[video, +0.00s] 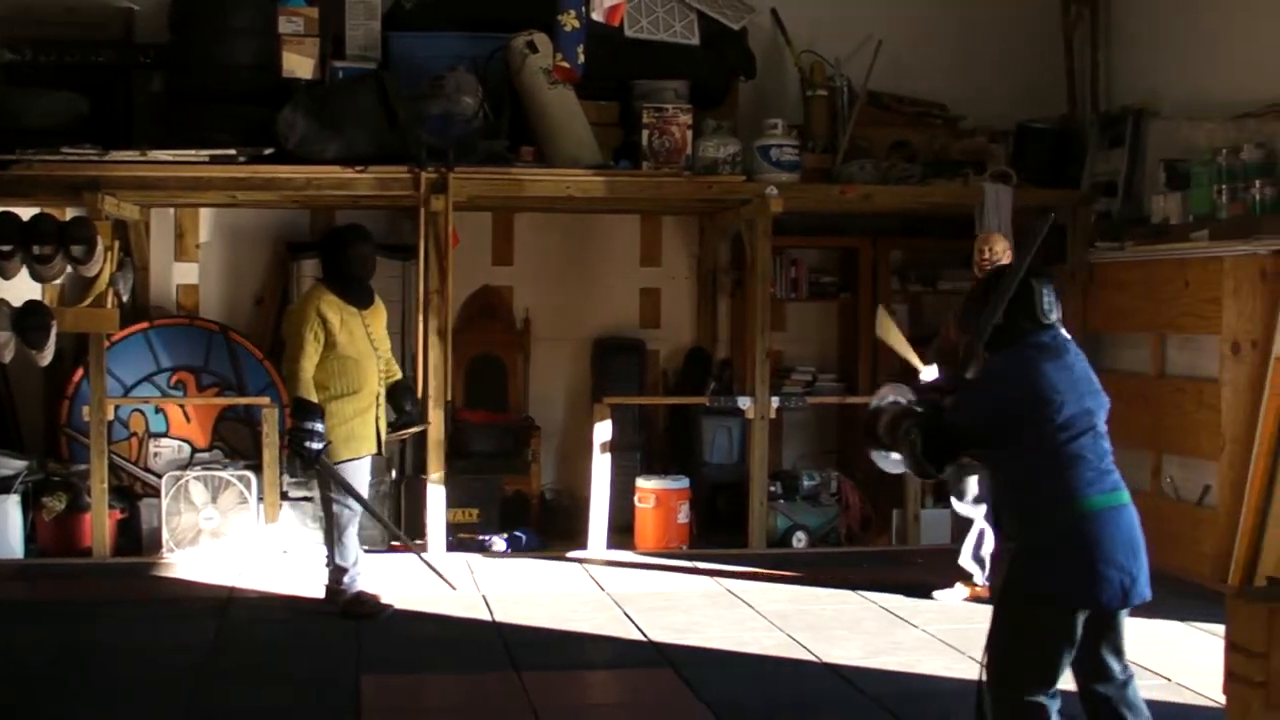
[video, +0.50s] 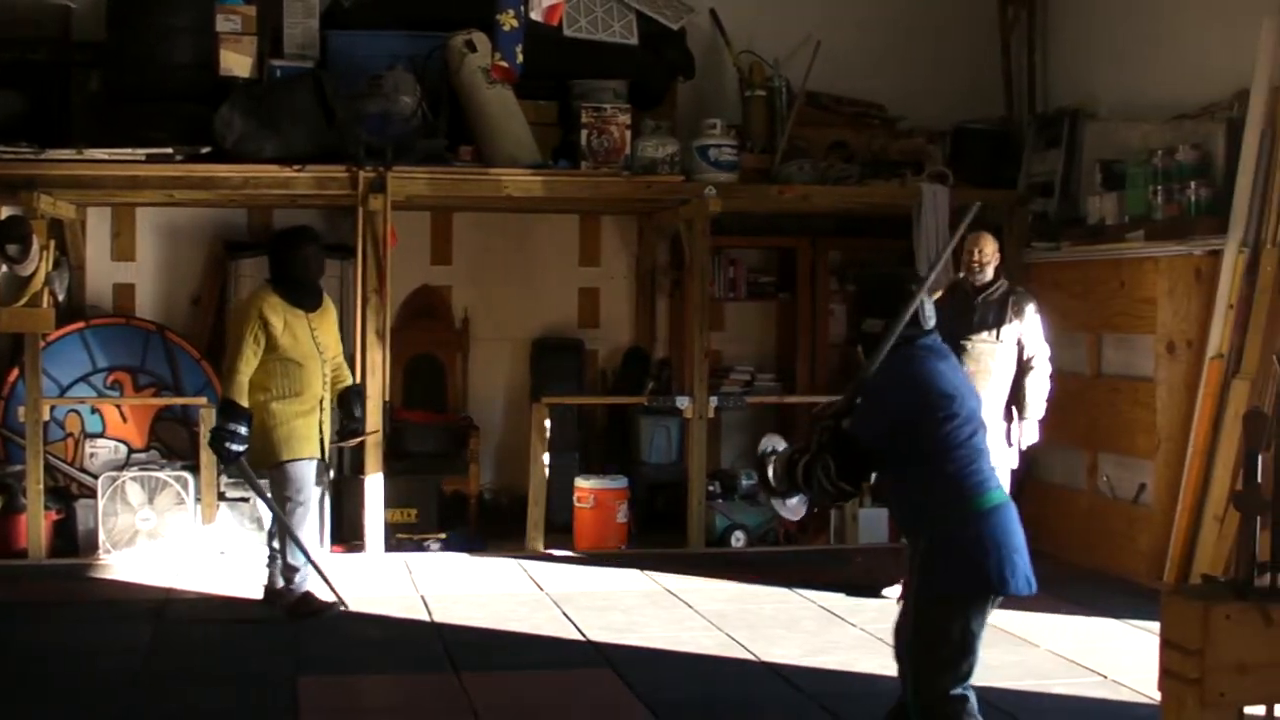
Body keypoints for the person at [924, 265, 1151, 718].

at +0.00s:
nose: (964, 338)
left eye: (972, 325)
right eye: (964, 326)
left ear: (995, 324)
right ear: (1041, 311)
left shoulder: (1003, 378)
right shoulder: (1072, 359)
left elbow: (931, 452)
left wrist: (895, 413)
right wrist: (951, 394)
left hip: (1055, 555)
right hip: (1118, 543)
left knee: (1017, 690)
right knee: (1108, 680)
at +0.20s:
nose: (929, 324)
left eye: (934, 313)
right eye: (930, 312)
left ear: (949, 315)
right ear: (992, 307)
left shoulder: (962, 371)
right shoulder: (1017, 357)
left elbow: (892, 448)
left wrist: (852, 423)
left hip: (1020, 553)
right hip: (1070, 542)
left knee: (984, 693)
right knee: (1034, 681)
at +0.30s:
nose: (986, 259)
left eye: (993, 252)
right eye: (981, 252)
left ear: (1009, 257)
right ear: (973, 256)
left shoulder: (1028, 301)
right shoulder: (967, 299)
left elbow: (1050, 360)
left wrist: (1026, 408)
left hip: (1013, 422)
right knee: (950, 493)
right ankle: (938, 571)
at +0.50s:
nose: (851, 332)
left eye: (857, 320)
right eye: (853, 319)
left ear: (874, 326)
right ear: (917, 313)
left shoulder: (897, 376)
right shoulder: (937, 360)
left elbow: (843, 468)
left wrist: (787, 468)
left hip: (960, 541)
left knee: (940, 681)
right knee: (915, 648)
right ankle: (918, 709)